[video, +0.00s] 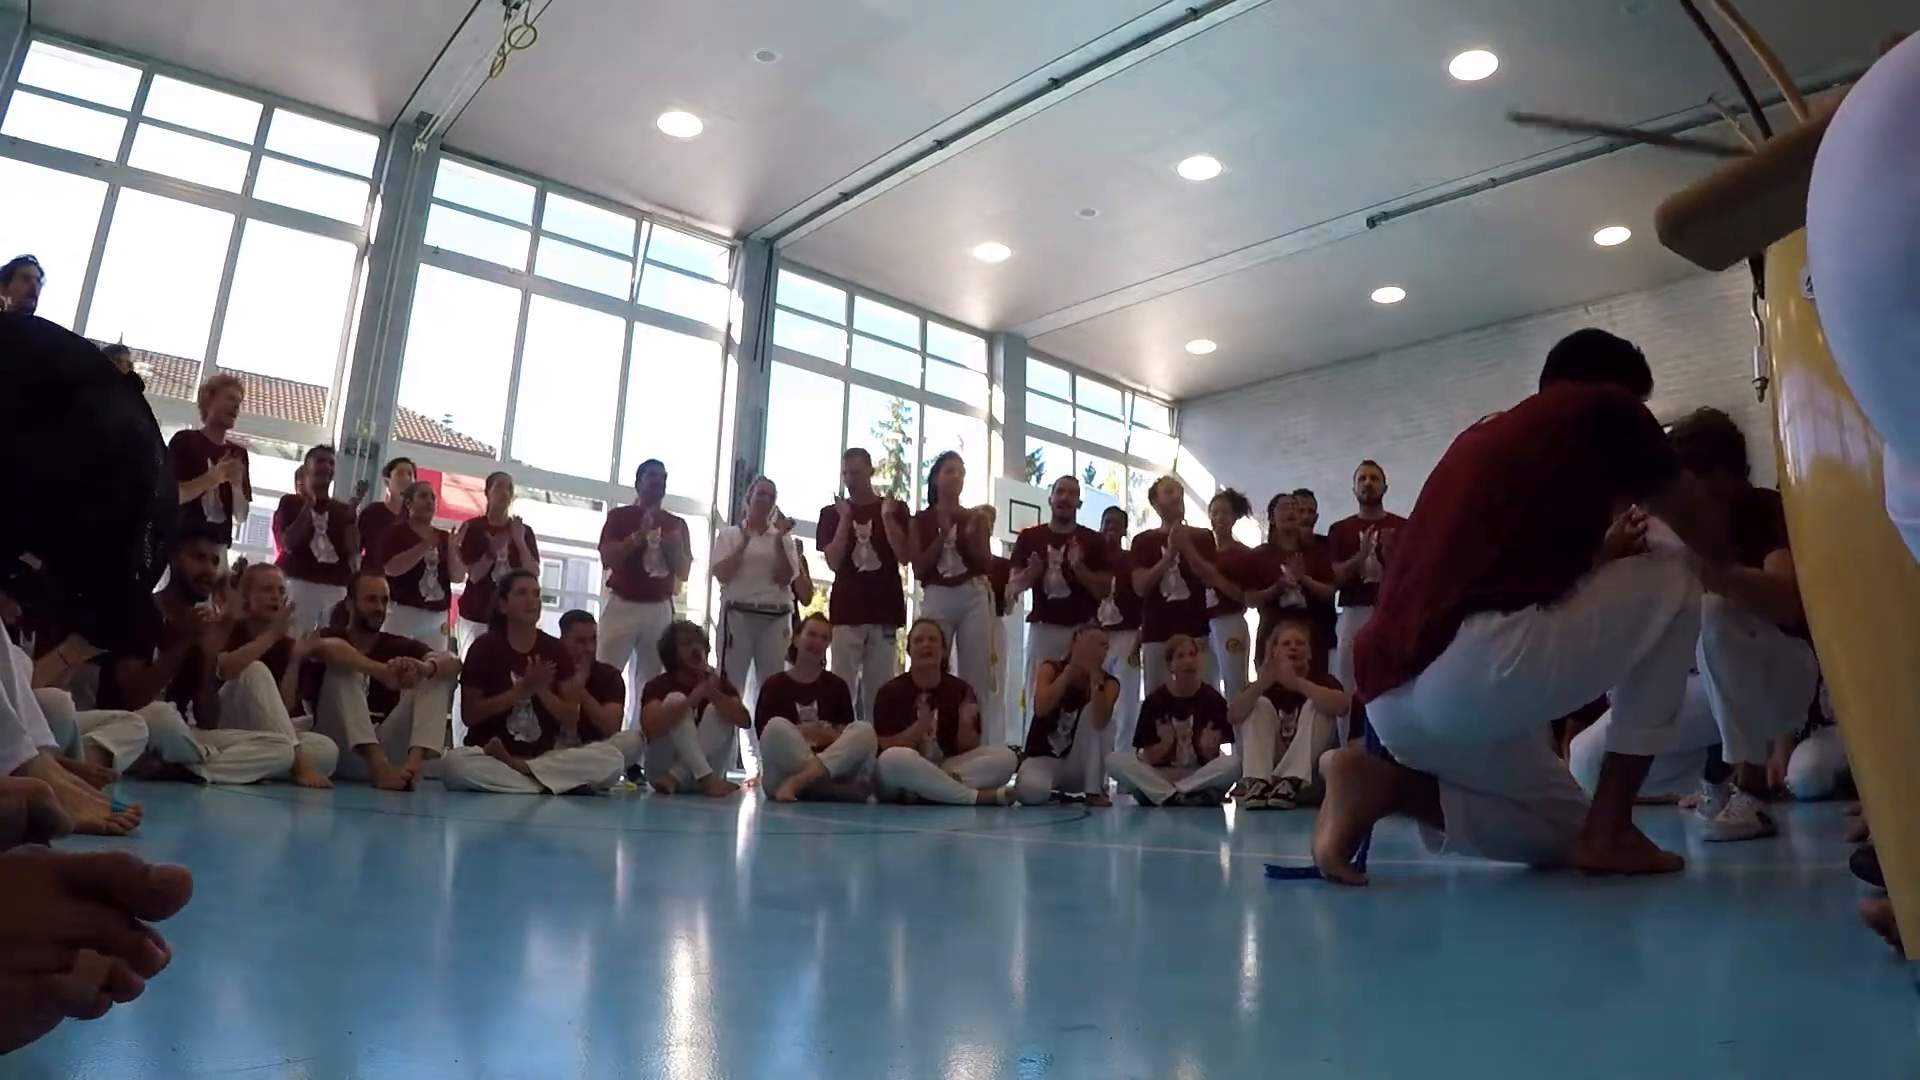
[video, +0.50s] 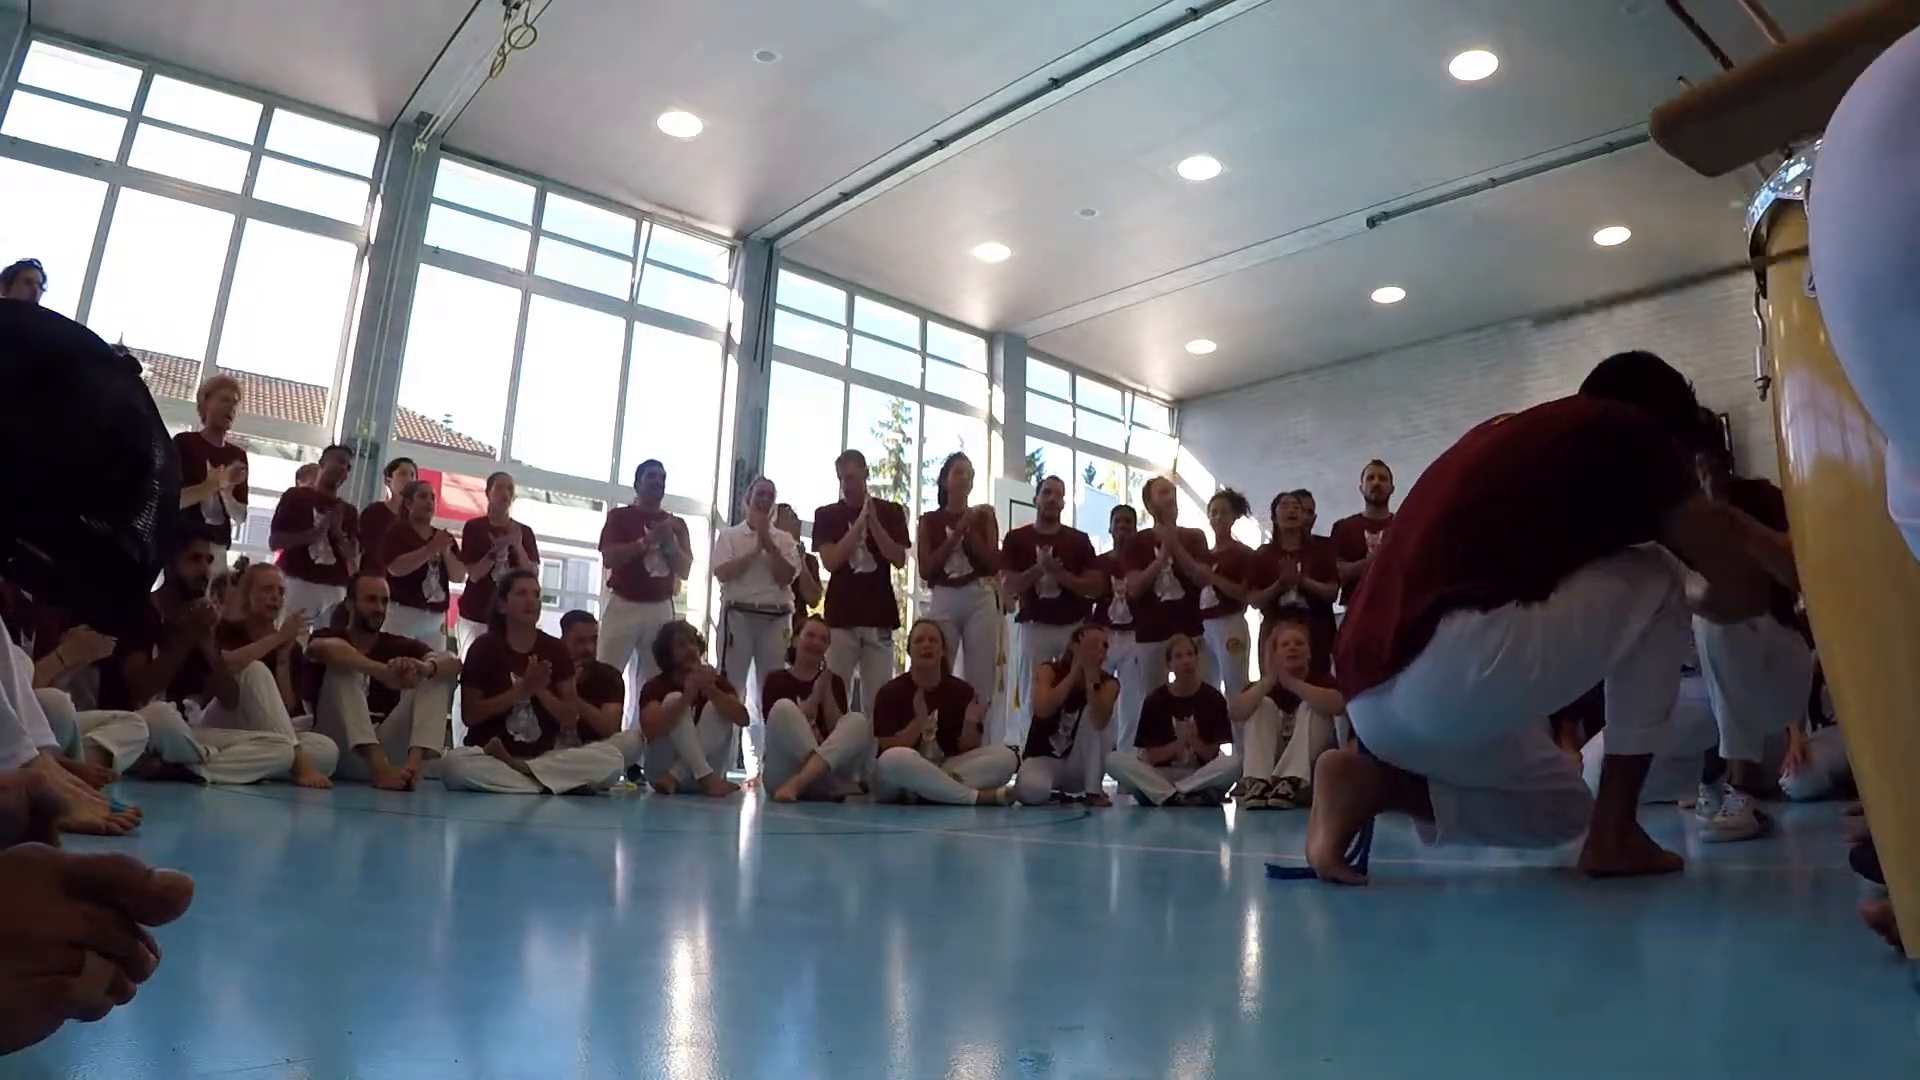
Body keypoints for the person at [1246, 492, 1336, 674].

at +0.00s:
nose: (1290, 512)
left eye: (1294, 507)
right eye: (1283, 507)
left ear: (1300, 514)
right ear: (1271, 517)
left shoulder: (1317, 552)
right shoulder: (1259, 554)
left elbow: (1329, 593)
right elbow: (1249, 599)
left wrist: (1304, 579)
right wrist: (1278, 586)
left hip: (1313, 630)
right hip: (1273, 631)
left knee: (1314, 691)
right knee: (1276, 691)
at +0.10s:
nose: (1292, 511)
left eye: (1296, 507)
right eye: (1285, 507)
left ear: (1303, 514)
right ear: (1274, 517)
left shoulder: (1317, 551)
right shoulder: (1262, 554)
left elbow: (1330, 594)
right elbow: (1252, 597)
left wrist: (1307, 581)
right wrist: (1283, 586)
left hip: (1315, 629)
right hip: (1275, 630)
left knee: (1315, 690)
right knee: (1276, 690)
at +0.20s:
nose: (1293, 511)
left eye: (1297, 507)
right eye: (1286, 507)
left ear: (1304, 515)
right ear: (1275, 516)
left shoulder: (1321, 551)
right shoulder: (1264, 553)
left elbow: (1334, 594)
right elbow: (1252, 598)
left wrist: (1307, 583)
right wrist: (1281, 589)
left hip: (1316, 630)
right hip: (1275, 630)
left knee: (1316, 692)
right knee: (1277, 692)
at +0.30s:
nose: (1293, 509)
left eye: (1297, 505)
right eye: (1286, 505)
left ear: (1305, 513)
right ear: (1276, 517)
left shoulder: (1322, 548)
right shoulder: (1265, 552)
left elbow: (1335, 591)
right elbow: (1254, 598)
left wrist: (1311, 572)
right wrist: (1271, 592)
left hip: (1317, 622)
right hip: (1277, 623)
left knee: (1317, 685)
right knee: (1278, 686)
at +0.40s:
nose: (1292, 509)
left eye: (1297, 505)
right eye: (1286, 505)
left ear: (1303, 513)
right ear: (1275, 516)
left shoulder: (1321, 550)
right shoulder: (1265, 553)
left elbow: (1333, 591)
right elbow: (1255, 598)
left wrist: (1308, 579)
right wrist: (1277, 586)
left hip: (1317, 624)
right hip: (1277, 625)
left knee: (1317, 685)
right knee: (1278, 686)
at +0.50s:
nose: (1291, 509)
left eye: (1296, 506)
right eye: (1284, 505)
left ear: (1304, 515)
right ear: (1274, 517)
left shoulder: (1321, 550)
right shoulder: (1263, 554)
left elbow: (1332, 592)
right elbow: (1254, 600)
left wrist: (1302, 580)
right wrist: (1280, 584)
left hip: (1316, 628)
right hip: (1275, 630)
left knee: (1316, 688)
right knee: (1277, 689)